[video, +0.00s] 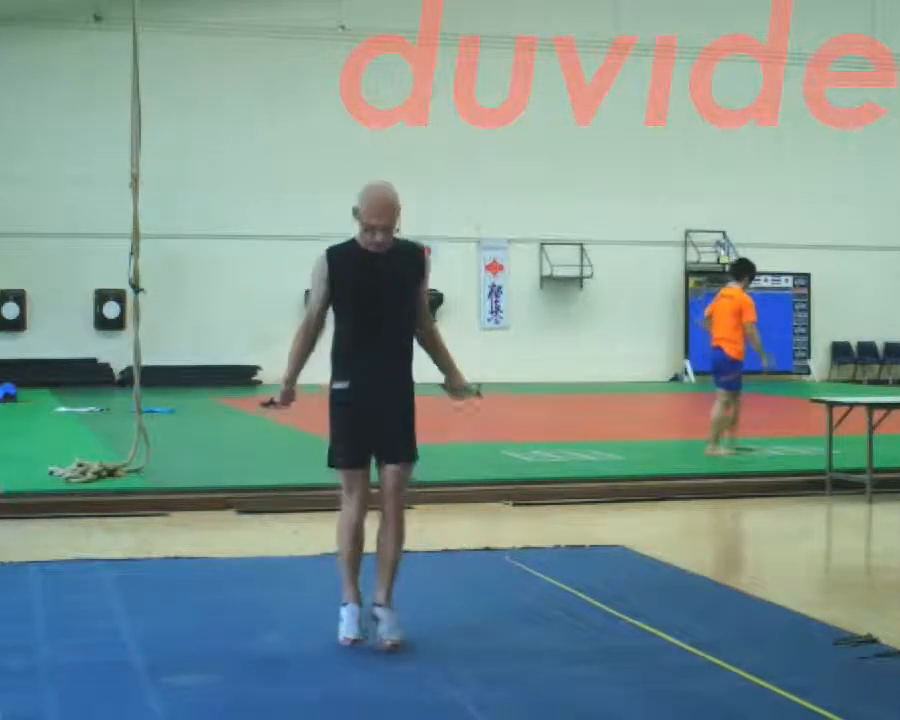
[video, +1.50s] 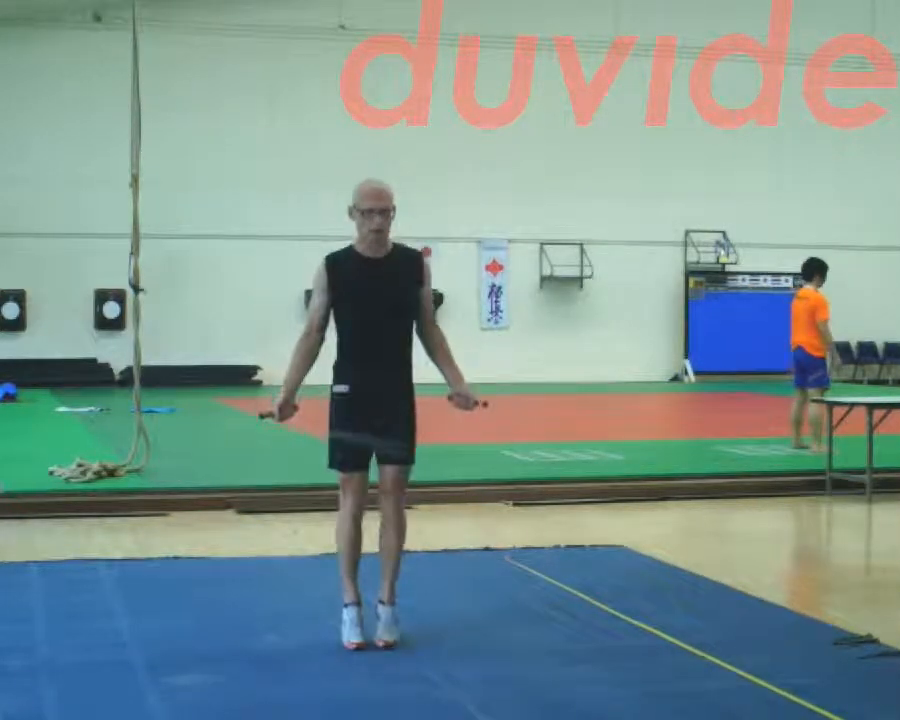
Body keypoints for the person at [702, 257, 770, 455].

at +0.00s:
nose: (751, 282)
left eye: (752, 278)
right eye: (751, 278)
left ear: (733, 275)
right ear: (746, 277)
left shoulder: (721, 294)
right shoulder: (744, 299)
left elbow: (705, 319)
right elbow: (750, 330)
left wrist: (719, 333)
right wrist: (762, 355)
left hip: (717, 348)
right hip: (731, 350)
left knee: (734, 397)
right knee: (723, 399)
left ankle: (729, 441)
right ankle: (713, 444)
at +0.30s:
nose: (769, 281)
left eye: (769, 277)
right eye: (769, 277)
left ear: (751, 276)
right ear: (764, 277)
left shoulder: (742, 297)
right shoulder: (760, 298)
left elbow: (733, 327)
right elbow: (765, 328)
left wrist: (743, 344)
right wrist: (773, 356)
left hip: (743, 352)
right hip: (757, 354)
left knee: (752, 399)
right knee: (762, 398)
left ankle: (758, 442)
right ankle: (728, 432)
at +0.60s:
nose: (788, 281)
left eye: (787, 277)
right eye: (788, 277)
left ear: (771, 275)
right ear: (784, 277)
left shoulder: (761, 295)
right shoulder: (778, 298)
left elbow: (756, 325)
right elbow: (779, 326)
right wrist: (784, 356)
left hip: (758, 351)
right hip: (772, 353)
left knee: (760, 396)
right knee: (788, 398)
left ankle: (758, 441)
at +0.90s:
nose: (811, 282)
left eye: (811, 278)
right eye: (811, 278)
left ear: (792, 277)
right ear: (805, 277)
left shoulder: (781, 299)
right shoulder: (805, 300)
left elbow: (779, 329)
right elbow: (808, 327)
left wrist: (778, 353)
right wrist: (813, 356)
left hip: (782, 351)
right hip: (799, 353)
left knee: (785, 395)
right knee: (807, 399)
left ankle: (765, 438)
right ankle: (817, 441)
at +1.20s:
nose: (823, 280)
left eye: (823, 276)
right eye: (823, 277)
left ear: (803, 275)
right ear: (819, 276)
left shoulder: (794, 298)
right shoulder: (818, 299)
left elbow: (789, 331)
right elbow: (826, 326)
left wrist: (787, 356)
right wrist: (836, 346)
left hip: (795, 350)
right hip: (813, 351)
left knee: (798, 395)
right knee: (815, 399)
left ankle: (792, 437)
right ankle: (817, 441)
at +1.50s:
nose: (824, 280)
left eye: (824, 276)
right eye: (823, 276)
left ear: (804, 275)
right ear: (819, 276)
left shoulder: (798, 296)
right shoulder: (818, 299)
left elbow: (797, 323)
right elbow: (822, 325)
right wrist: (831, 348)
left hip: (798, 348)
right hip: (814, 350)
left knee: (801, 395)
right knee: (816, 397)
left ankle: (796, 438)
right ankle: (817, 442)